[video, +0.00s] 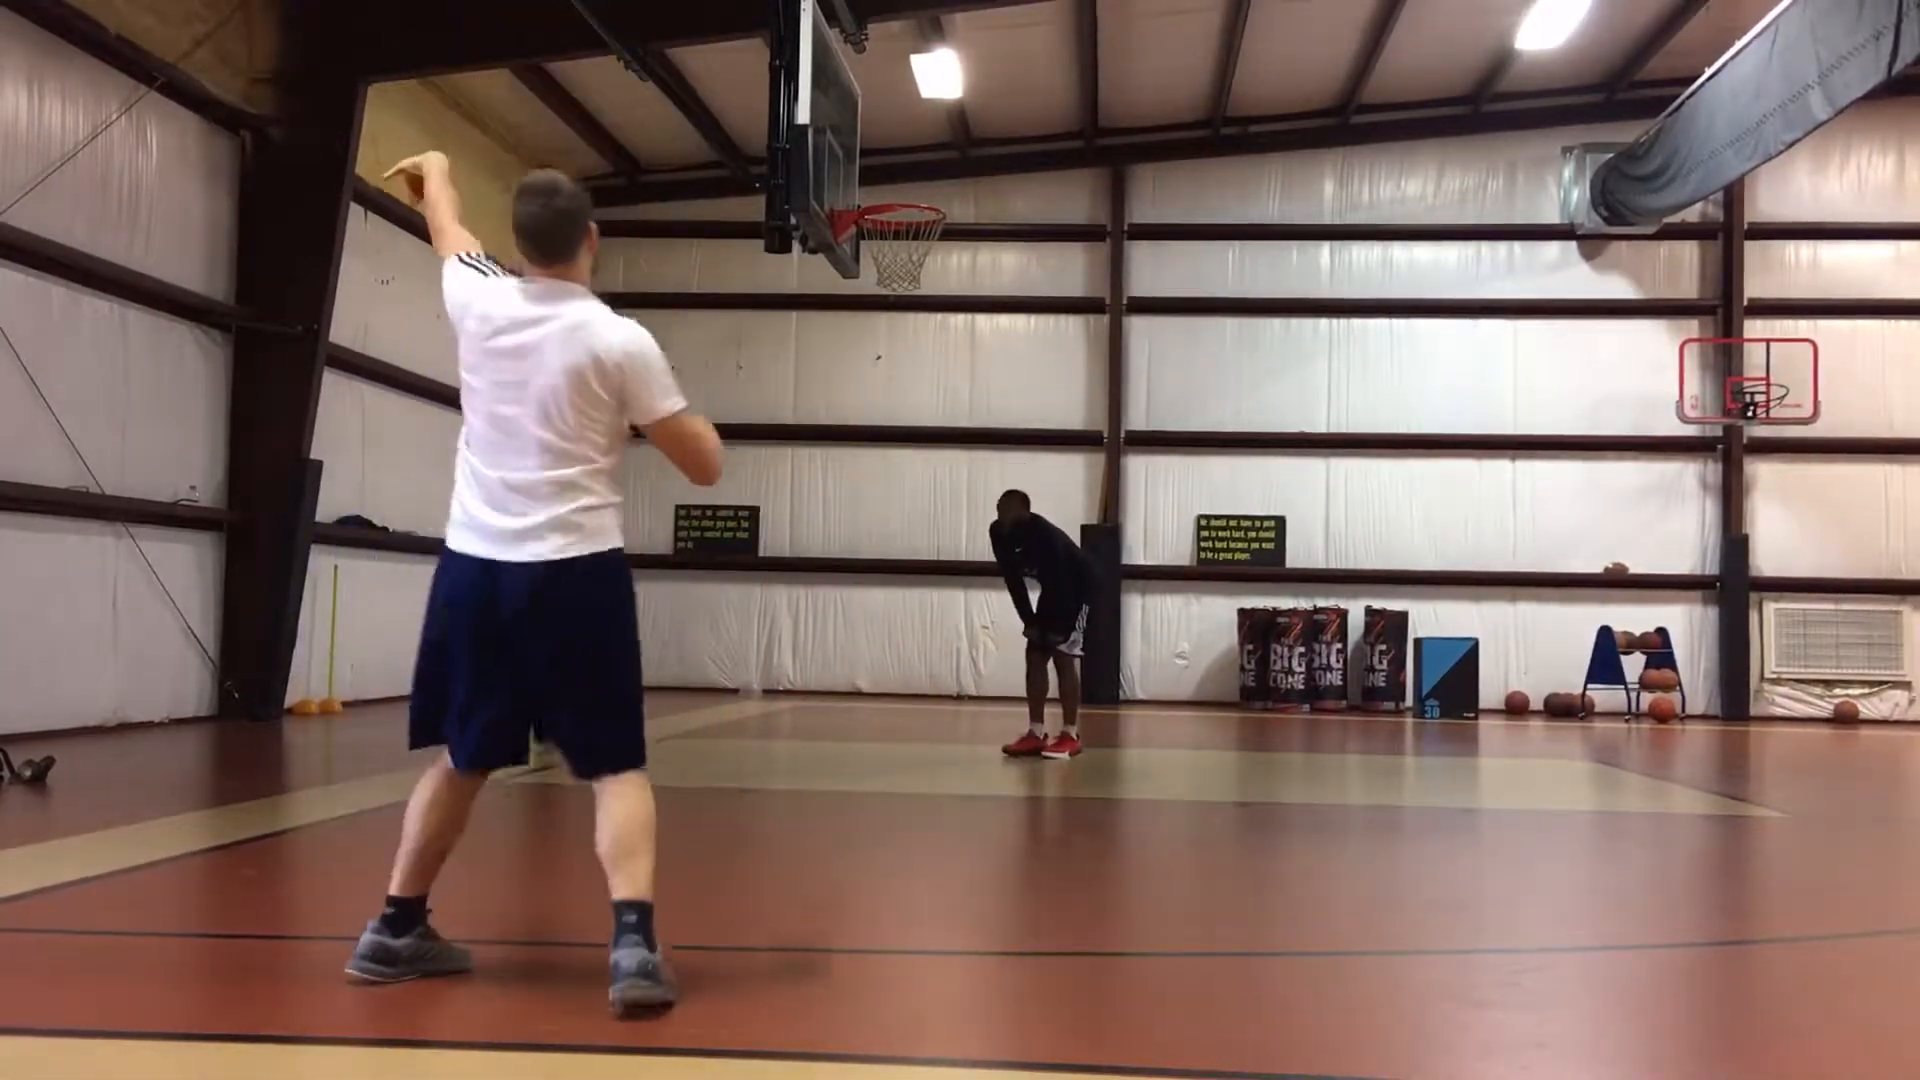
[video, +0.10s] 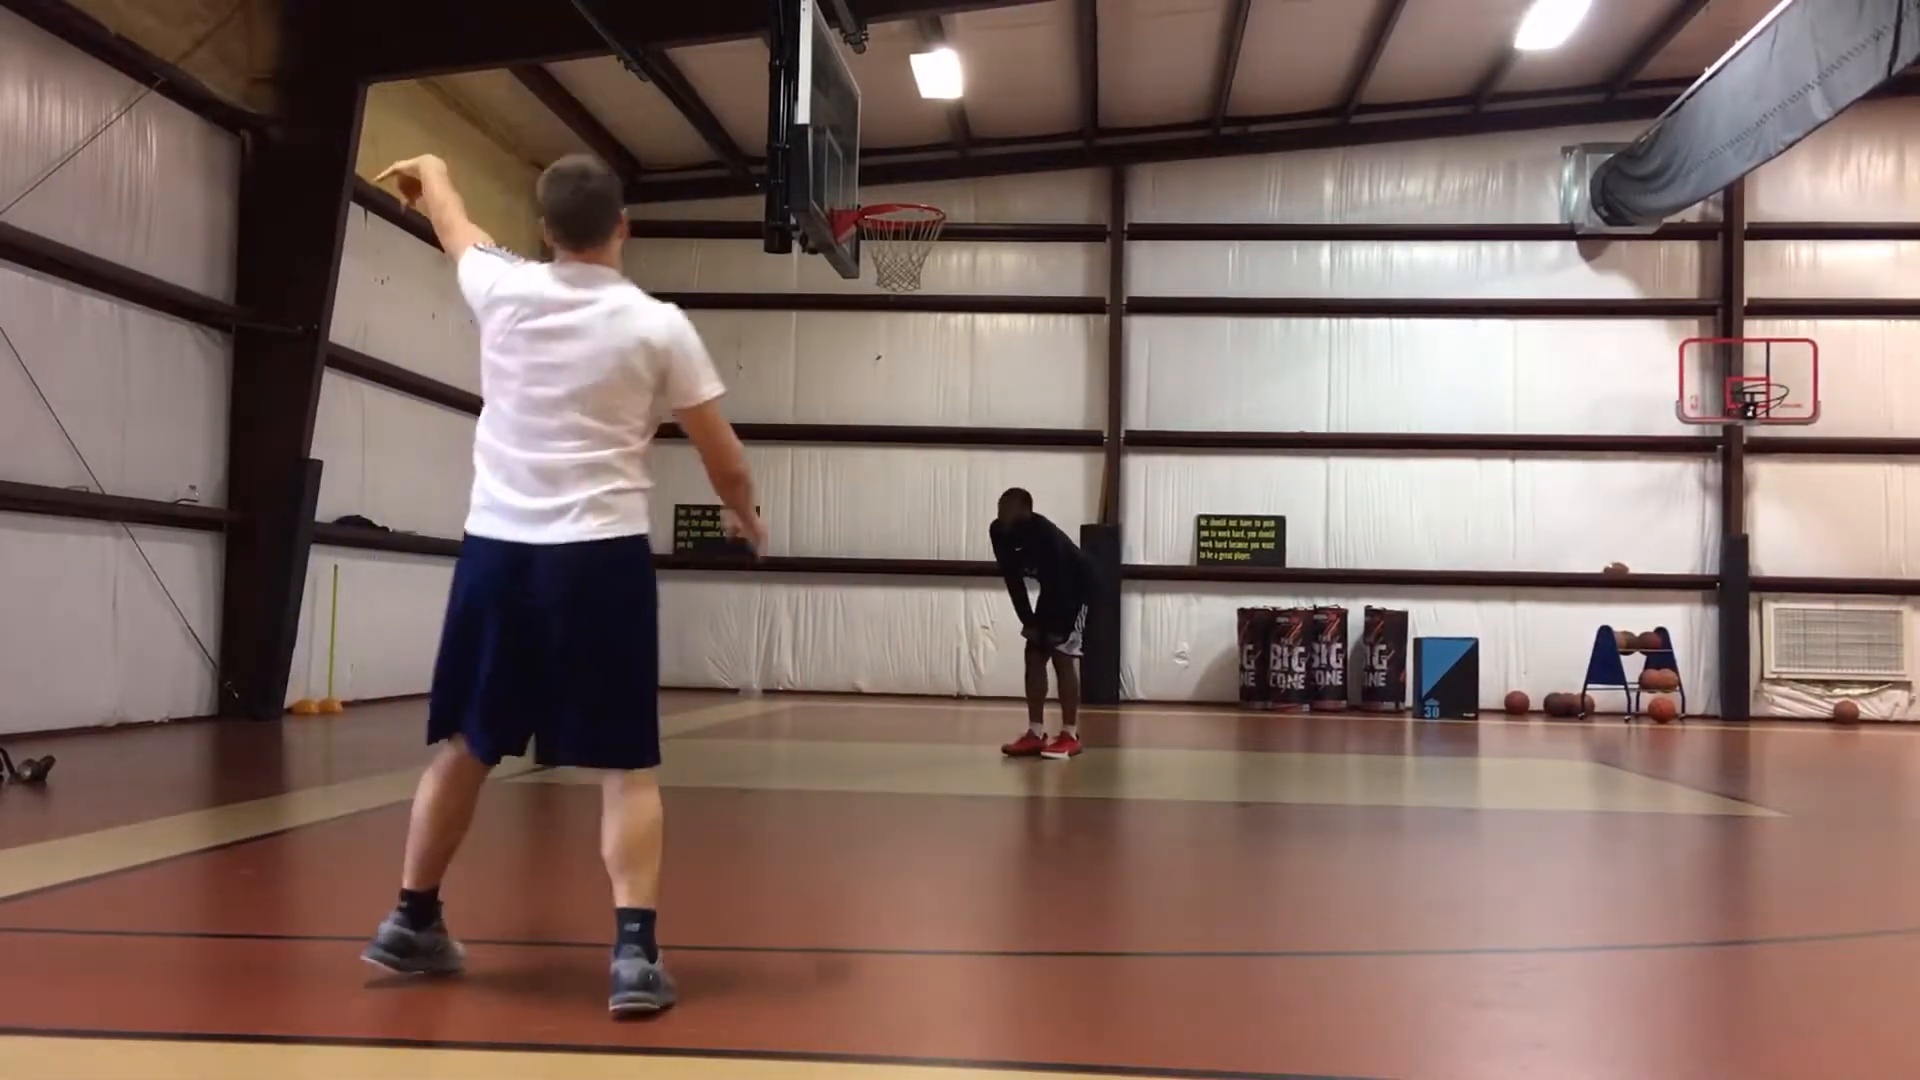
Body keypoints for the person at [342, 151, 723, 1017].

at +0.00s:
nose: (593, 241)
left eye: (562, 234)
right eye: (594, 233)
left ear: (518, 244)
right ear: (591, 242)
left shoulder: (476, 301)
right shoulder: (620, 342)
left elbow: (447, 228)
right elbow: (703, 463)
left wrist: (434, 169)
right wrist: (665, 410)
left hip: (474, 573)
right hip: (578, 579)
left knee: (462, 753)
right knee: (617, 764)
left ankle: (396, 928)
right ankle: (634, 946)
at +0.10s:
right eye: (626, 218)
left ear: (544, 232)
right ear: (623, 227)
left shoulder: (503, 290)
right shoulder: (658, 326)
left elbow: (453, 227)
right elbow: (725, 464)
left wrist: (430, 172)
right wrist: (744, 513)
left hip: (495, 561)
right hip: (604, 568)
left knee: (463, 743)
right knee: (628, 763)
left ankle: (411, 921)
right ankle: (635, 957)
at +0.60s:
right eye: (645, 185)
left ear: (556, 196)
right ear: (645, 192)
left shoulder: (511, 272)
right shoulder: (685, 286)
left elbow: (445, 314)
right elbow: (695, 426)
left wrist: (465, 248)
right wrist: (709, 570)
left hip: (522, 554)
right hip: (639, 561)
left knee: (522, 773)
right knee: (635, 774)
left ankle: (516, 1004)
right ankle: (641, 968)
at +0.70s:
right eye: (643, 172)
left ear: (548, 182)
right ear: (640, 178)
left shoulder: (503, 265)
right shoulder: (683, 271)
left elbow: (435, 372)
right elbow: (692, 416)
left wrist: (513, 352)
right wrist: (705, 563)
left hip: (517, 553)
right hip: (637, 558)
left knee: (520, 777)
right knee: (636, 778)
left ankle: (514, 1013)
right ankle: (641, 974)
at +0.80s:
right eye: (639, 159)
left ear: (548, 168)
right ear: (641, 164)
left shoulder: (502, 259)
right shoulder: (688, 258)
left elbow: (435, 396)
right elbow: (708, 408)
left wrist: (444, 468)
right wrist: (728, 549)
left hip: (520, 547)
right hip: (647, 550)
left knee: (519, 777)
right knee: (648, 770)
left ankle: (512, 1016)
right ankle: (645, 986)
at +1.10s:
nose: (696, 174)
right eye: (700, 161)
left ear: (601, 160)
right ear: (698, 163)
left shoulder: (532, 251)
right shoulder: (744, 263)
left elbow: (490, 380)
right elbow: (808, 420)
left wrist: (473, 527)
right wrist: (835, 539)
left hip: (543, 542)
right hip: (685, 551)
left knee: (526, 798)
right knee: (680, 788)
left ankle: (513, 1027)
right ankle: (697, 1049)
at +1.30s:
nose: (701, 152)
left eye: (698, 143)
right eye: (702, 140)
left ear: (596, 126)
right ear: (690, 134)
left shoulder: (507, 208)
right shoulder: (693, 206)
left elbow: (428, 369)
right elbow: (725, 343)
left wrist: (499, 458)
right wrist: (841, 450)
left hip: (456, 496)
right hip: (604, 511)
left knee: (392, 763)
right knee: (624, 767)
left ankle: (292, 998)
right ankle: (623, 1010)